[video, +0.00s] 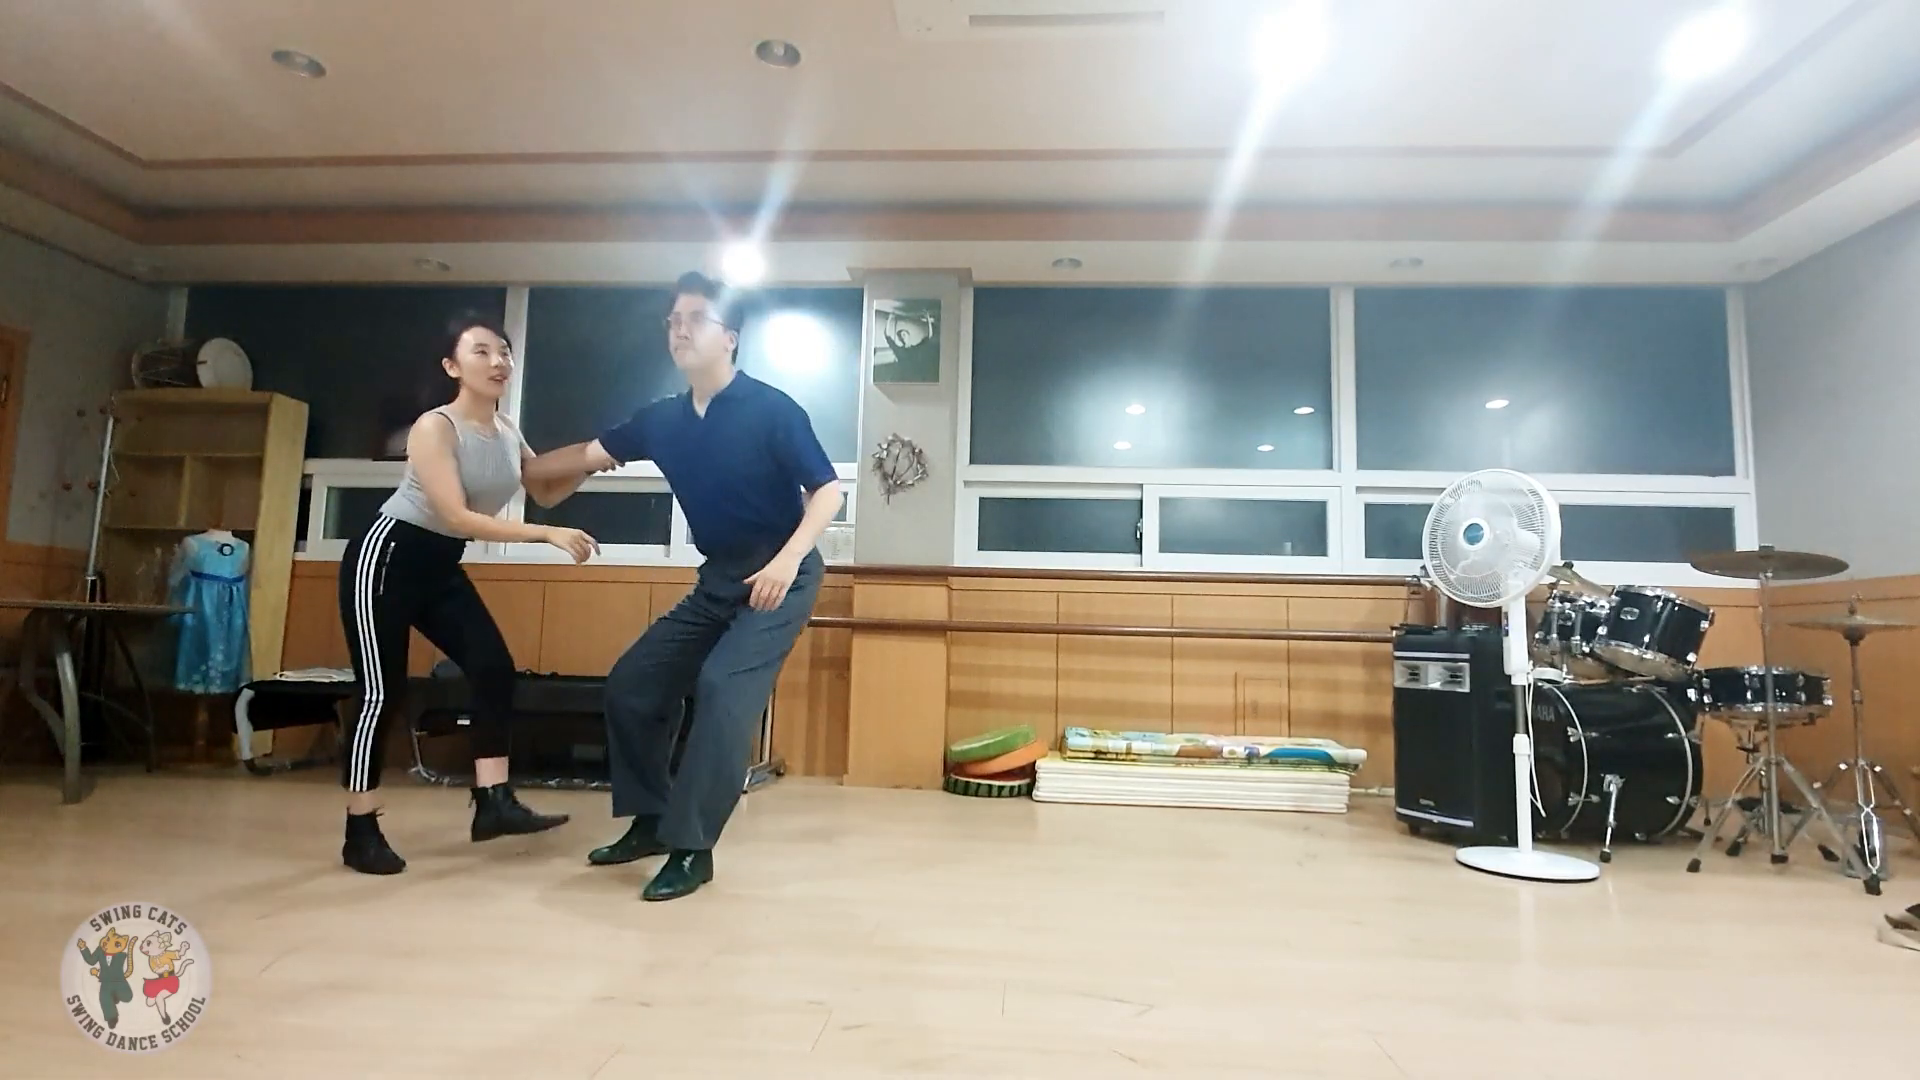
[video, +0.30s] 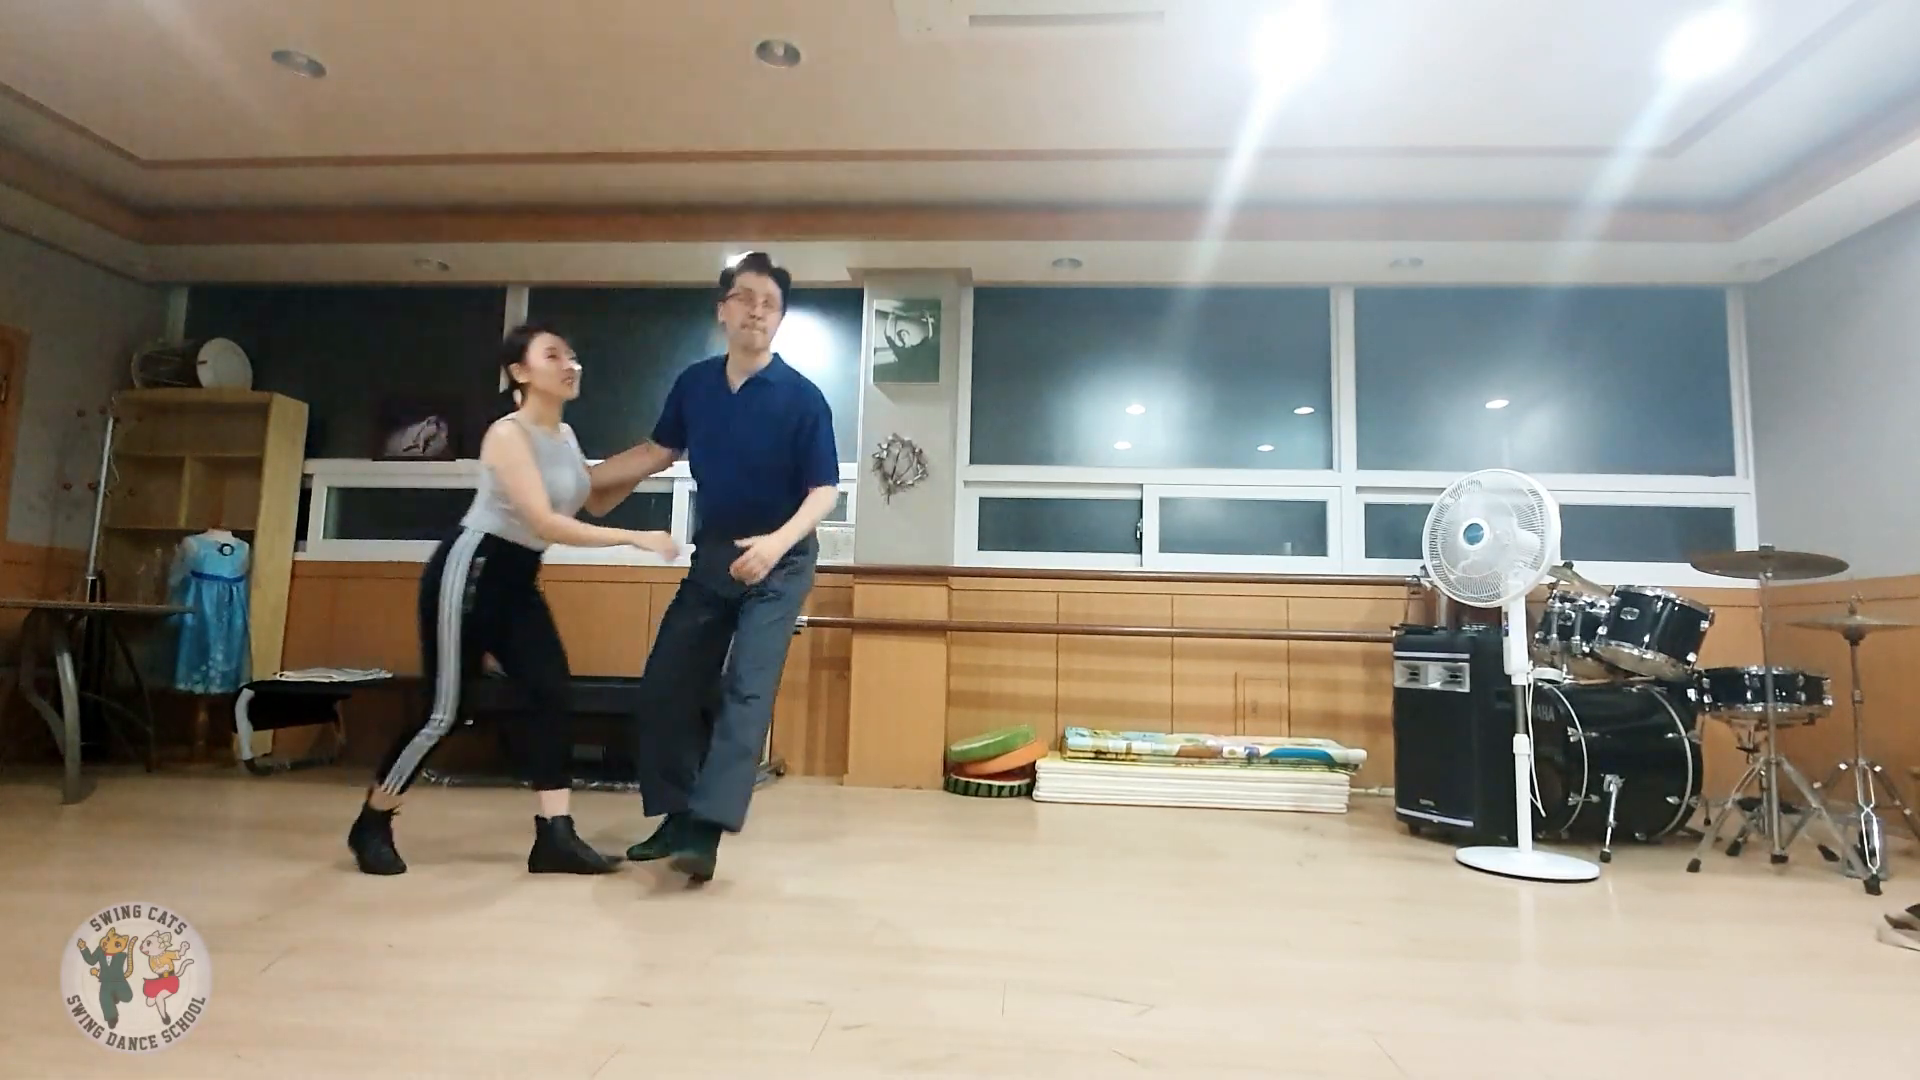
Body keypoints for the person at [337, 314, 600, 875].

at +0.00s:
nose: (498, 361)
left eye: (504, 353)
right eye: (482, 351)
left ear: (511, 366)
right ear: (453, 365)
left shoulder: (507, 432)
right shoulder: (434, 428)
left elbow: (545, 488)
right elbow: (455, 518)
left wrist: (593, 459)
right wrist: (546, 532)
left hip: (439, 567)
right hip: (385, 557)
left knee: (493, 667)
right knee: (381, 692)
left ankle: (494, 805)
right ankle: (361, 828)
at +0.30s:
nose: (570, 364)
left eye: (571, 356)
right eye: (553, 356)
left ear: (574, 373)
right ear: (520, 374)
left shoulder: (564, 435)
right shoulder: (506, 434)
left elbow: (579, 502)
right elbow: (545, 523)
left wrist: (646, 466)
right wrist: (635, 538)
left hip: (516, 579)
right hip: (468, 571)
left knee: (551, 693)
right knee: (447, 710)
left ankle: (555, 836)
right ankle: (372, 822)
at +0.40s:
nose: (613, 353)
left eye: (612, 344)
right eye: (598, 343)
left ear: (608, 359)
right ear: (563, 357)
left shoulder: (599, 429)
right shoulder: (550, 419)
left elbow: (615, 486)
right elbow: (600, 503)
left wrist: (659, 456)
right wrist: (685, 528)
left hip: (564, 566)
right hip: (523, 558)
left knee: (579, 694)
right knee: (529, 704)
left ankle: (557, 836)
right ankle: (431, 788)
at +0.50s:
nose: (658, 343)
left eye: (657, 335)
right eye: (643, 332)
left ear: (648, 351)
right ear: (609, 345)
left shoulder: (633, 415)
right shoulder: (596, 408)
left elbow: (663, 476)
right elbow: (651, 494)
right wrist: (723, 523)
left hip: (601, 560)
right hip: (571, 554)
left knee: (604, 691)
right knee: (609, 689)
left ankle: (563, 829)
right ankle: (525, 806)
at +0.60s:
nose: (705, 346)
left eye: (701, 336)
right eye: (693, 336)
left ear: (671, 350)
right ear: (658, 347)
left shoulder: (672, 415)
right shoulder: (649, 409)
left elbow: (687, 494)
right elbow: (695, 496)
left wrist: (745, 519)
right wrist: (758, 534)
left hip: (634, 559)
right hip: (617, 558)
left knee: (615, 697)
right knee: (676, 686)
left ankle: (559, 834)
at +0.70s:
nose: (751, 353)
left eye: (746, 342)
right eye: (741, 343)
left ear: (717, 356)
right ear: (714, 356)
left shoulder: (713, 418)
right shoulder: (703, 418)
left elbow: (743, 504)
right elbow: (749, 507)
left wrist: (791, 535)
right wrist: (795, 540)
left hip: (679, 566)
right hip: (671, 566)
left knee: (636, 702)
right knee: (724, 696)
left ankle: (562, 831)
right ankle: (753, 850)